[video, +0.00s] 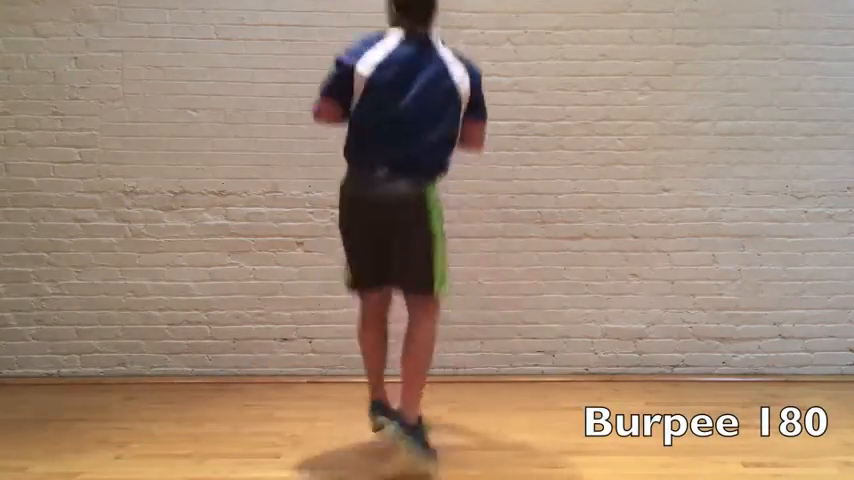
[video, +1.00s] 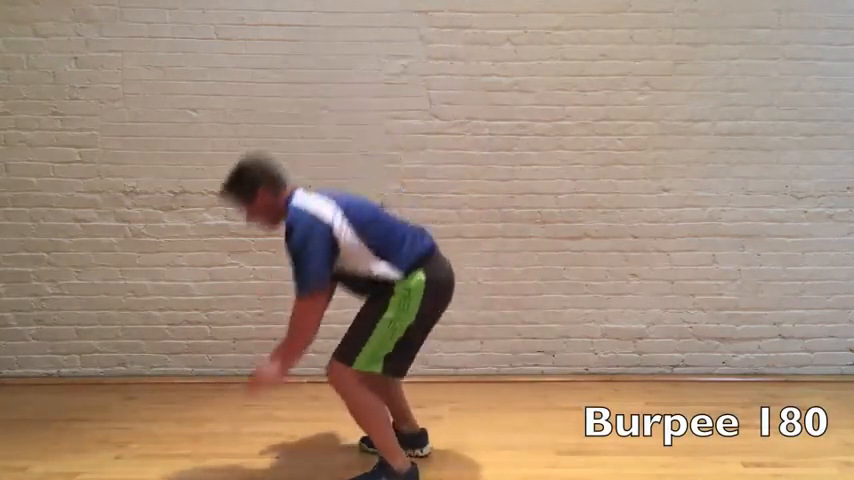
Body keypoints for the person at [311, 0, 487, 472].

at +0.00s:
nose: (407, 15)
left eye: (397, 10)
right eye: (423, 11)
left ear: (392, 11)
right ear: (435, 14)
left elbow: (326, 109)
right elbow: (473, 138)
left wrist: (374, 109)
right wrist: (427, 122)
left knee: (373, 302)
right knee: (423, 310)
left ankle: (378, 404)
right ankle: (408, 421)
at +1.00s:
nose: (248, 217)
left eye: (248, 206)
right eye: (244, 208)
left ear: (264, 193)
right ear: (270, 189)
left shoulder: (305, 219)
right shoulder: (311, 206)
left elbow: (311, 299)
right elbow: (319, 295)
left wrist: (281, 362)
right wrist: (285, 356)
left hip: (413, 281)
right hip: (423, 272)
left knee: (343, 372)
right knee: (373, 367)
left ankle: (398, 467)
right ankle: (408, 433)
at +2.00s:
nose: (183, 397)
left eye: (179, 391)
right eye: (178, 392)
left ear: (190, 377)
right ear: (196, 360)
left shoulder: (228, 379)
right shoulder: (236, 352)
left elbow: (265, 439)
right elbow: (289, 397)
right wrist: (281, 437)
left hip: (367, 361)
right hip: (364, 353)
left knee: (468, 412)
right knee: (463, 403)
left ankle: (585, 445)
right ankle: (568, 410)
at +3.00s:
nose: (400, 9)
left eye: (400, 3)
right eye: (393, 2)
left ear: (387, 8)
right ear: (366, 3)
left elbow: (400, 116)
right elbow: (273, 81)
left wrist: (423, 118)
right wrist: (322, 117)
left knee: (392, 282)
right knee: (350, 290)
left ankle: (386, 377)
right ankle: (340, 402)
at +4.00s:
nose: (515, 378)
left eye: (523, 374)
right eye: (523, 373)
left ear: (518, 344)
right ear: (520, 357)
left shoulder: (489, 328)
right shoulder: (488, 342)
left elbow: (463, 384)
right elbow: (475, 416)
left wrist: (475, 426)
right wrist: (482, 473)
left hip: (388, 241)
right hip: (389, 255)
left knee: (346, 344)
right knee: (353, 370)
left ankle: (275, 379)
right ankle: (253, 412)